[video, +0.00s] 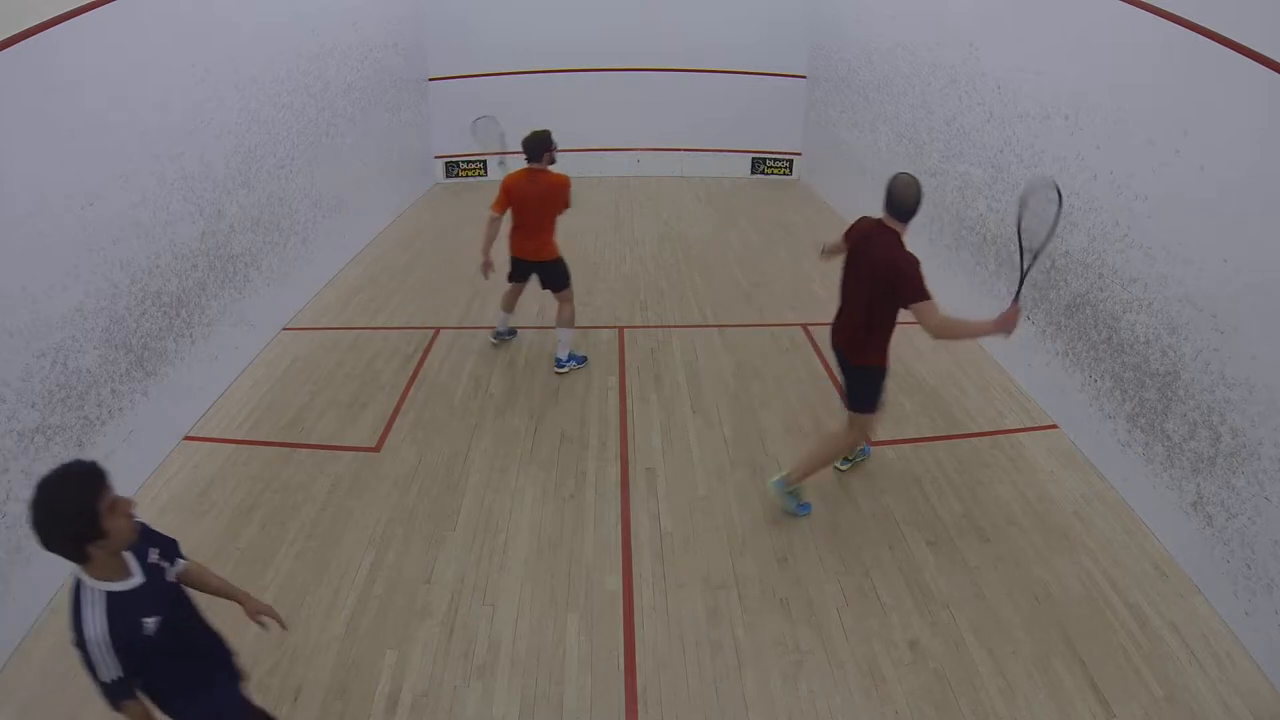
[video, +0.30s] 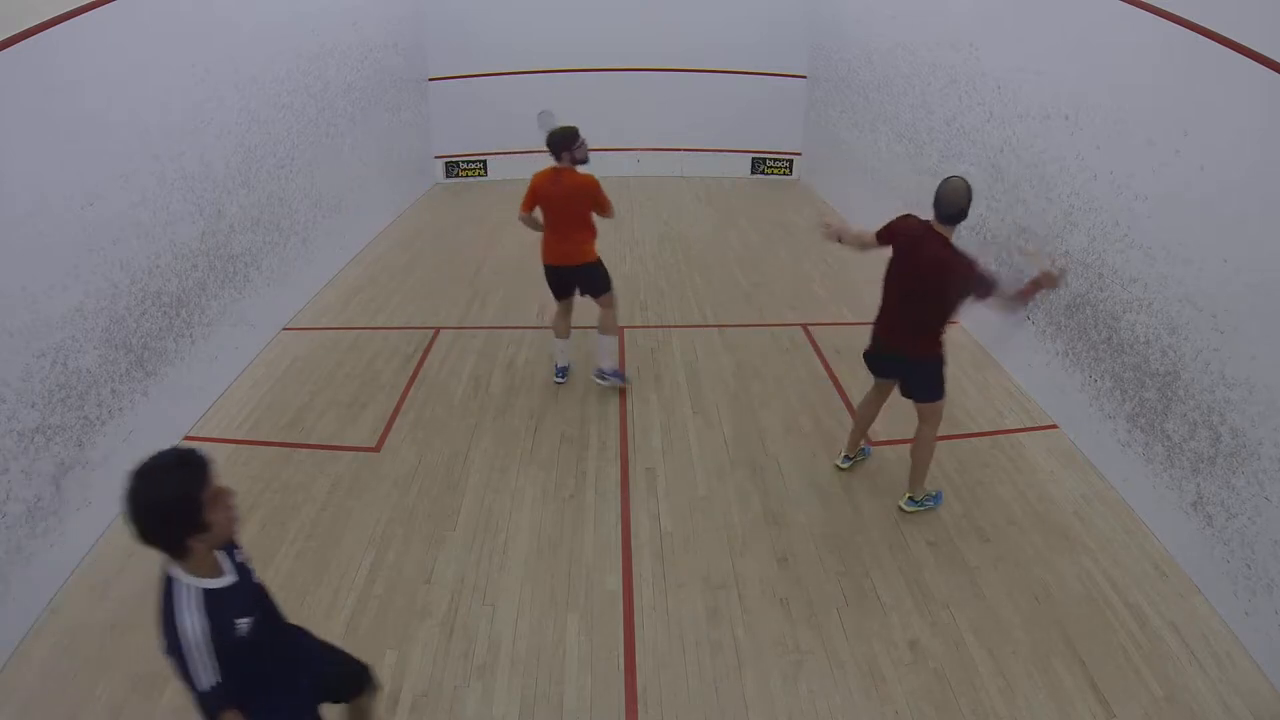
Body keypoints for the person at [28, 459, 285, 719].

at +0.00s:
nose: (129, 504)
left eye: (116, 497)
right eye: (113, 508)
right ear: (93, 545)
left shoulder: (134, 537)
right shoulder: (96, 626)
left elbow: (181, 568)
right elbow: (126, 701)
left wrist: (244, 598)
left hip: (217, 659)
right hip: (200, 701)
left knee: (242, 705)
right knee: (257, 715)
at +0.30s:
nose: (229, 496)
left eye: (218, 489)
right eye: (214, 500)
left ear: (194, 538)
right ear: (193, 538)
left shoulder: (216, 548)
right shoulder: (191, 624)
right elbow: (218, 707)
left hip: (287, 648)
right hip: (267, 695)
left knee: (360, 683)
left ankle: (357, 713)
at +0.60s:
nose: (356, 474)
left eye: (350, 469)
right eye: (349, 473)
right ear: (335, 505)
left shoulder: (316, 535)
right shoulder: (323, 601)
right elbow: (353, 694)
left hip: (391, 643)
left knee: (446, 681)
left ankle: (455, 712)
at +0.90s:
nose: (446, 447)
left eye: (439, 440)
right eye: (442, 445)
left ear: (377, 479)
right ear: (444, 473)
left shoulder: (377, 514)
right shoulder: (446, 588)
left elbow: (364, 568)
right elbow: (468, 693)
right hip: (488, 695)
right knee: (546, 712)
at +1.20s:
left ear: (473, 503)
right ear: (551, 493)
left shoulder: (447, 563)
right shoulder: (578, 604)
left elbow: (420, 643)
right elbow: (605, 706)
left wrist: (477, 632)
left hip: (498, 708)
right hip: (564, 712)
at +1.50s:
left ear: (536, 524)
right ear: (621, 509)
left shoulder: (501, 604)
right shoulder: (647, 599)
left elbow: (478, 706)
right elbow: (675, 684)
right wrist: (684, 710)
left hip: (530, 712)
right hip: (614, 710)